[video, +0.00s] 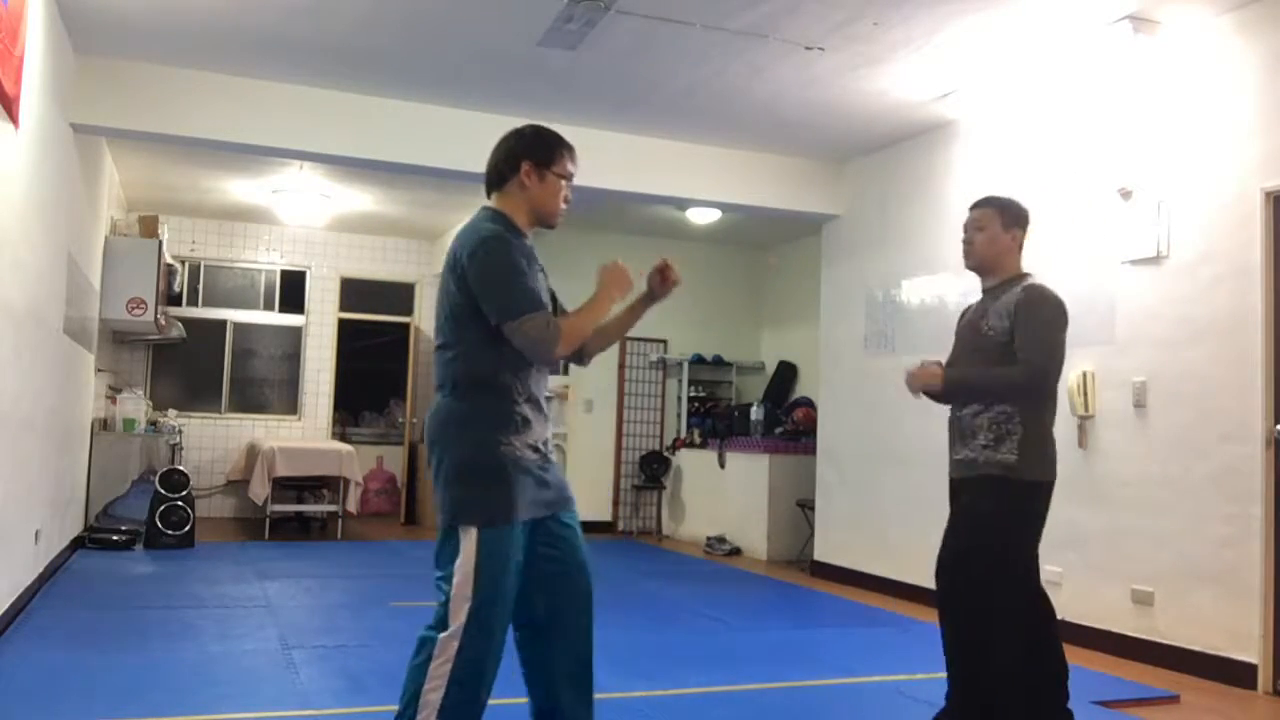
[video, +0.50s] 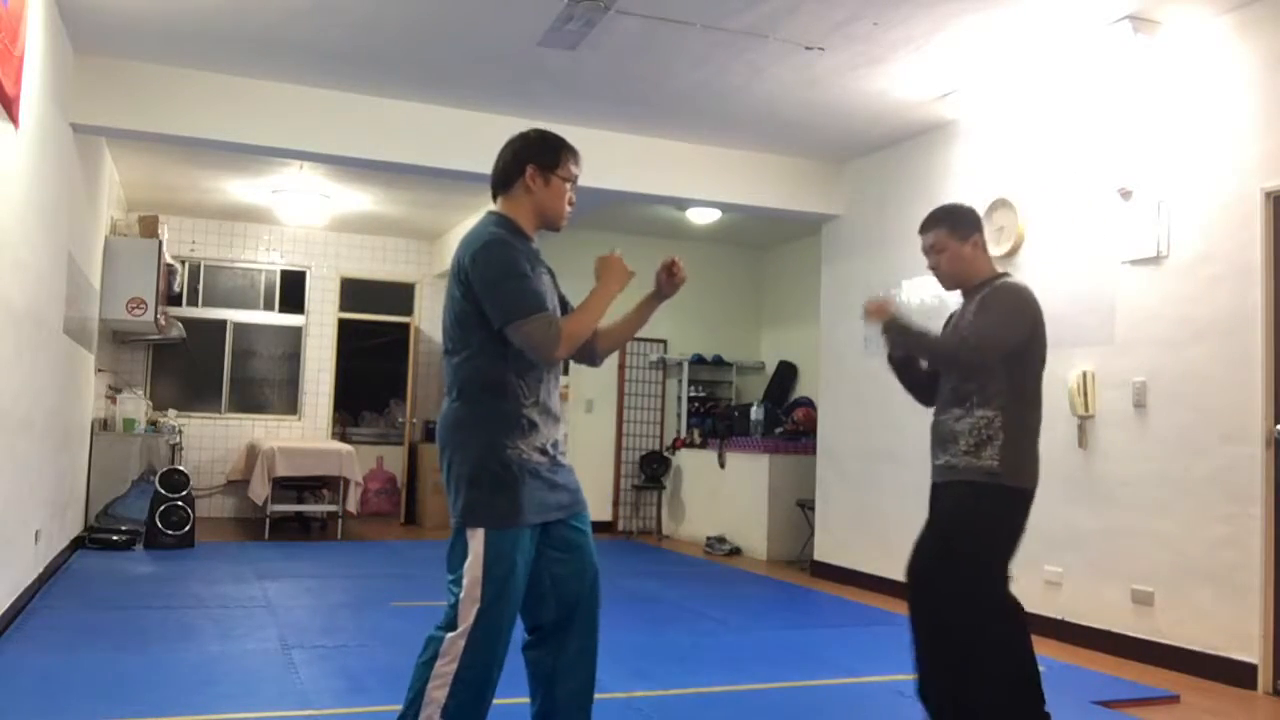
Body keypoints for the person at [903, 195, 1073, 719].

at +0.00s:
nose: (965, 239)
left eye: (976, 229)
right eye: (964, 231)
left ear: (1013, 236)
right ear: (974, 242)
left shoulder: (1037, 302)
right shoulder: (971, 315)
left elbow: (1034, 380)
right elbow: (966, 389)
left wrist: (947, 382)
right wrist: (935, 381)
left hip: (1014, 476)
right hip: (974, 476)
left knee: (958, 580)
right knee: (1010, 592)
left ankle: (972, 705)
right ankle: (1041, 707)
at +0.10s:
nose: (961, 239)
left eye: (973, 230)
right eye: (961, 232)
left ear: (1009, 237)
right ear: (972, 244)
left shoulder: (1032, 301)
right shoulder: (974, 314)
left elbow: (1050, 380)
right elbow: (988, 381)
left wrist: (955, 397)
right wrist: (945, 381)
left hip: (1007, 479)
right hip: (973, 477)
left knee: (960, 590)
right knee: (1015, 594)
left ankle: (972, 708)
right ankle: (1045, 707)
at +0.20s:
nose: (952, 238)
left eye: (964, 228)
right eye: (953, 230)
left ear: (1001, 234)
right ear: (979, 239)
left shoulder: (1025, 297)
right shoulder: (971, 309)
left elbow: (1029, 375)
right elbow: (981, 383)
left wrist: (944, 381)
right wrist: (939, 385)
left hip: (1002, 478)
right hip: (968, 476)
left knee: (964, 600)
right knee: (1003, 597)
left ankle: (975, 709)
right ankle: (1042, 708)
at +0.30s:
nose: (944, 244)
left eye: (953, 233)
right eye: (942, 235)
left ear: (990, 233)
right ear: (972, 239)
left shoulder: (1020, 294)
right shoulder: (964, 309)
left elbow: (1005, 356)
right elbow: (952, 381)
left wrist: (926, 337)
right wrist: (915, 344)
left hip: (1006, 477)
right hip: (962, 476)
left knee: (993, 603)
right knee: (962, 604)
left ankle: (1032, 710)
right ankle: (974, 707)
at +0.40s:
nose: (936, 258)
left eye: (943, 245)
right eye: (933, 249)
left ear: (979, 238)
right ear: (966, 247)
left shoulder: (1016, 294)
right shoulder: (966, 310)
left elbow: (985, 343)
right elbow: (934, 379)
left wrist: (910, 308)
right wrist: (906, 327)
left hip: (1001, 482)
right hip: (960, 480)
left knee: (962, 600)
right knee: (970, 603)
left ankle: (997, 710)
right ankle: (980, 710)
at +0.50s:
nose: (930, 264)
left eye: (936, 250)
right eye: (926, 255)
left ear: (971, 242)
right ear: (960, 251)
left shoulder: (1010, 299)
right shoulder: (961, 318)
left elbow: (970, 351)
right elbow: (932, 391)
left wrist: (897, 322)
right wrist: (897, 346)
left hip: (993, 480)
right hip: (957, 480)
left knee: (931, 580)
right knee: (979, 594)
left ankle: (954, 708)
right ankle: (1022, 711)